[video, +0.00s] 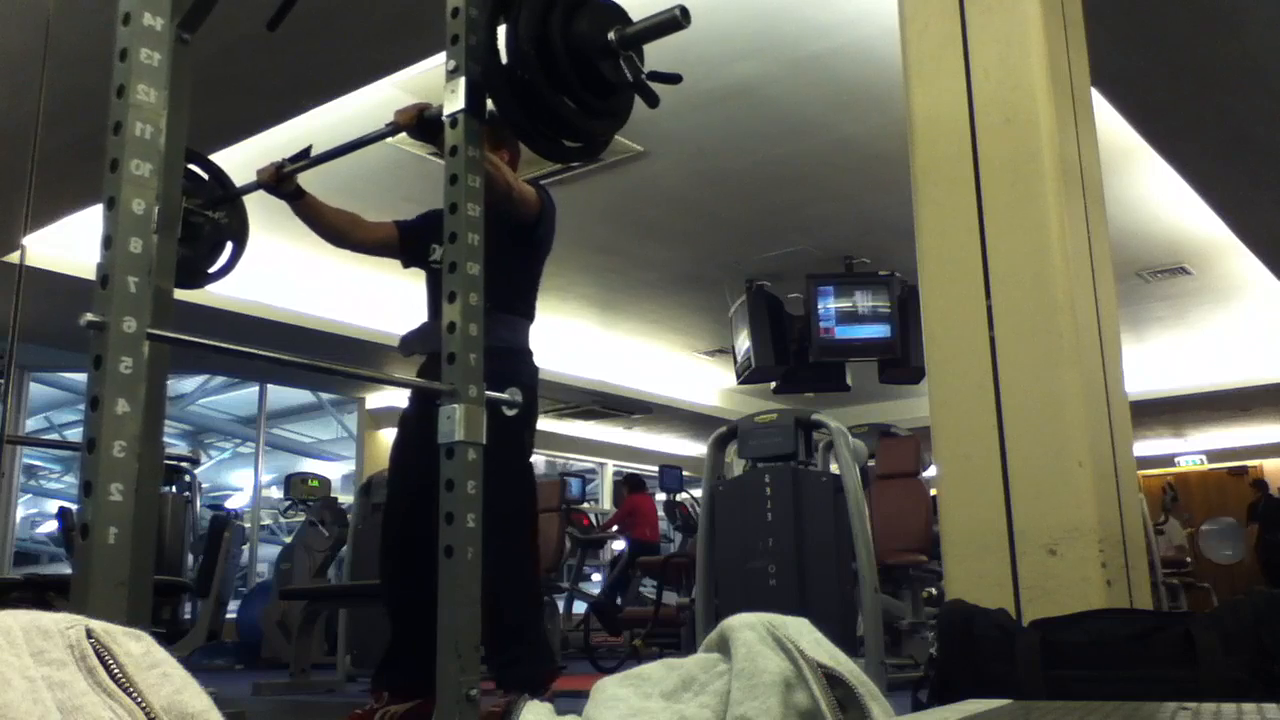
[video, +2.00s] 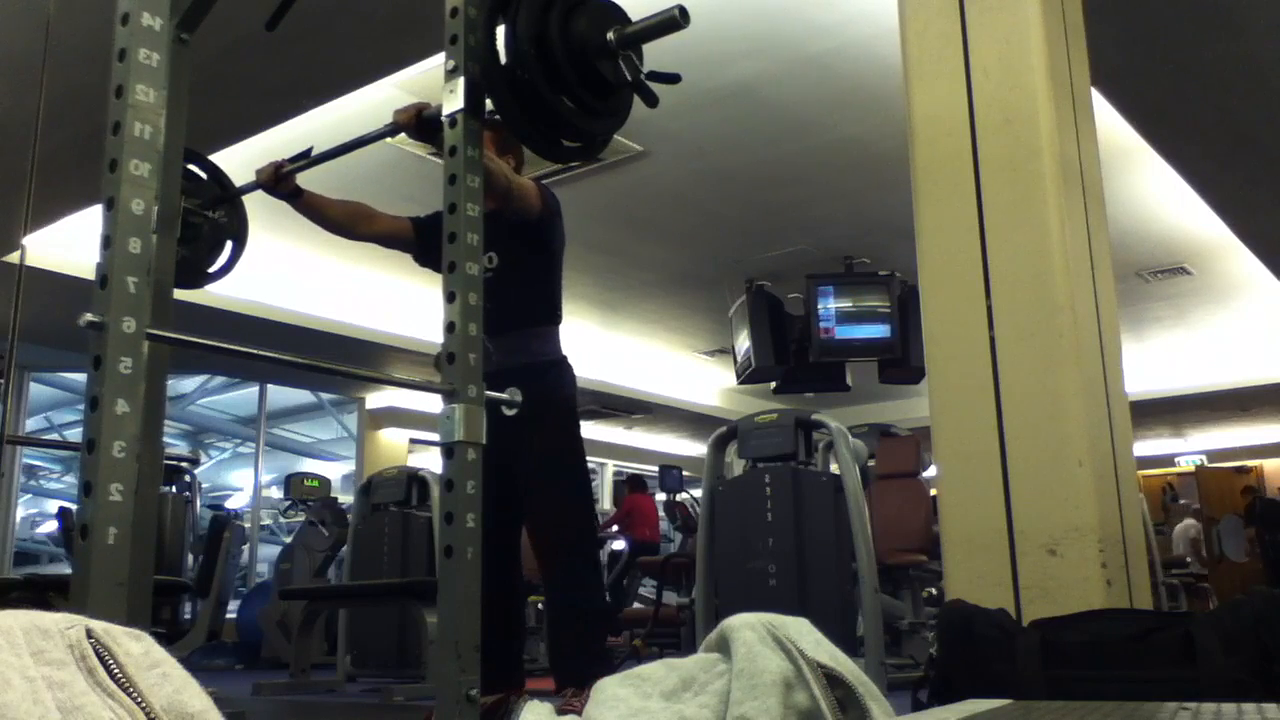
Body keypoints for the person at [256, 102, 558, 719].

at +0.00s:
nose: (470, 164)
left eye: (479, 152)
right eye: (463, 153)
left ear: (508, 155)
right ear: (453, 159)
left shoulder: (534, 209)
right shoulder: (446, 224)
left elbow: (501, 187)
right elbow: (359, 232)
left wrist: (442, 138)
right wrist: (295, 191)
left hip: (500, 384)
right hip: (436, 387)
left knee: (504, 534)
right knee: (407, 532)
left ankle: (524, 684)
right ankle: (408, 684)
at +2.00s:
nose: (469, 164)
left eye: (478, 152)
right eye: (462, 156)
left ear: (508, 152)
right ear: (457, 163)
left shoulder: (539, 209)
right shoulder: (455, 226)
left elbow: (503, 181)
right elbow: (366, 222)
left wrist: (440, 134)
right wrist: (294, 193)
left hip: (539, 389)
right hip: (477, 395)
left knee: (561, 538)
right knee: (486, 547)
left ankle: (578, 685)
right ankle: (498, 686)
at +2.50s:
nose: (468, 173)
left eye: (475, 160)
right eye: (459, 166)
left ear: (498, 154)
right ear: (451, 172)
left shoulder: (542, 206)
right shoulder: (455, 226)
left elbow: (503, 182)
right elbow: (368, 222)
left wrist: (440, 133)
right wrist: (295, 193)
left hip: (539, 385)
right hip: (476, 393)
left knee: (562, 535)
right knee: (486, 544)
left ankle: (579, 683)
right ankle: (497, 686)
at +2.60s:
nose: (465, 175)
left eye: (472, 162)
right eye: (457, 168)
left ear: (496, 156)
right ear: (450, 175)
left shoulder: (542, 206)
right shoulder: (454, 227)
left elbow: (503, 183)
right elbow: (367, 222)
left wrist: (440, 133)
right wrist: (294, 193)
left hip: (540, 386)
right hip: (476, 395)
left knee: (562, 536)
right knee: (487, 546)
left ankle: (579, 683)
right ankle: (497, 686)